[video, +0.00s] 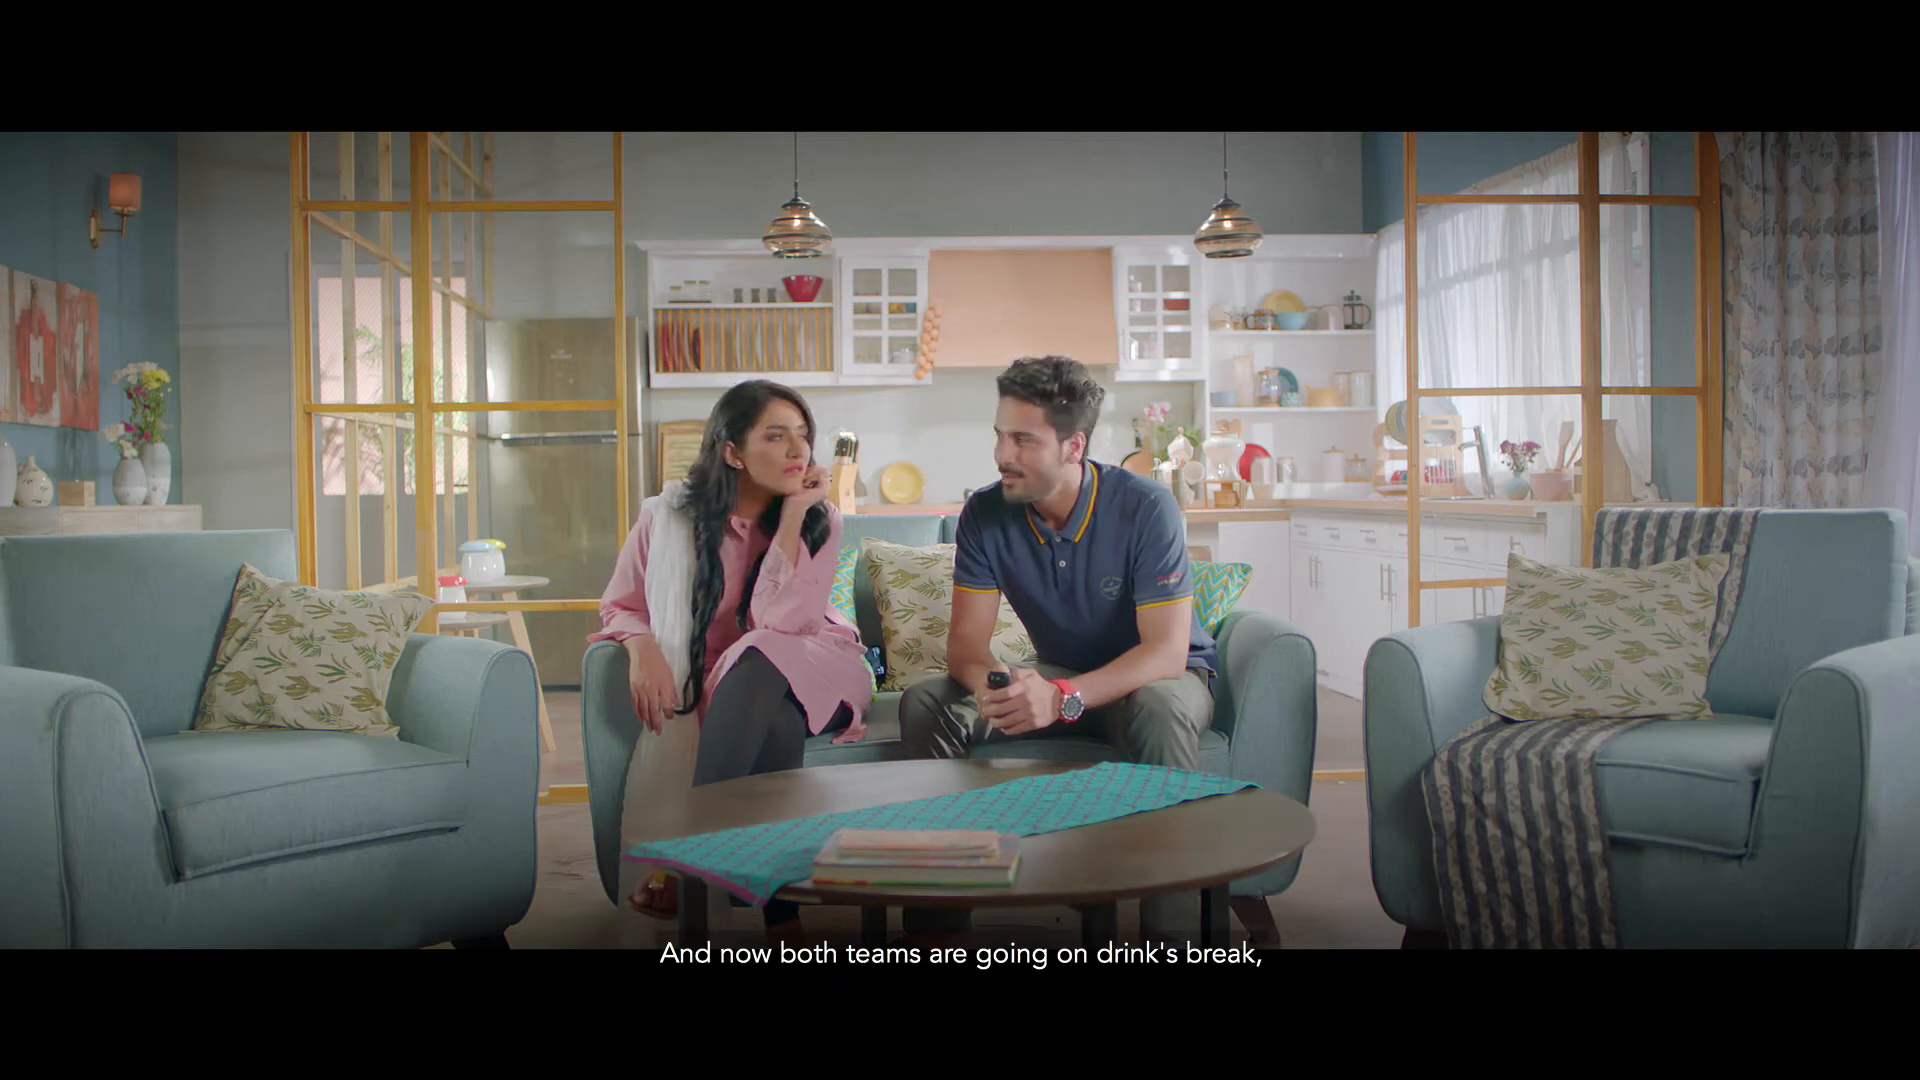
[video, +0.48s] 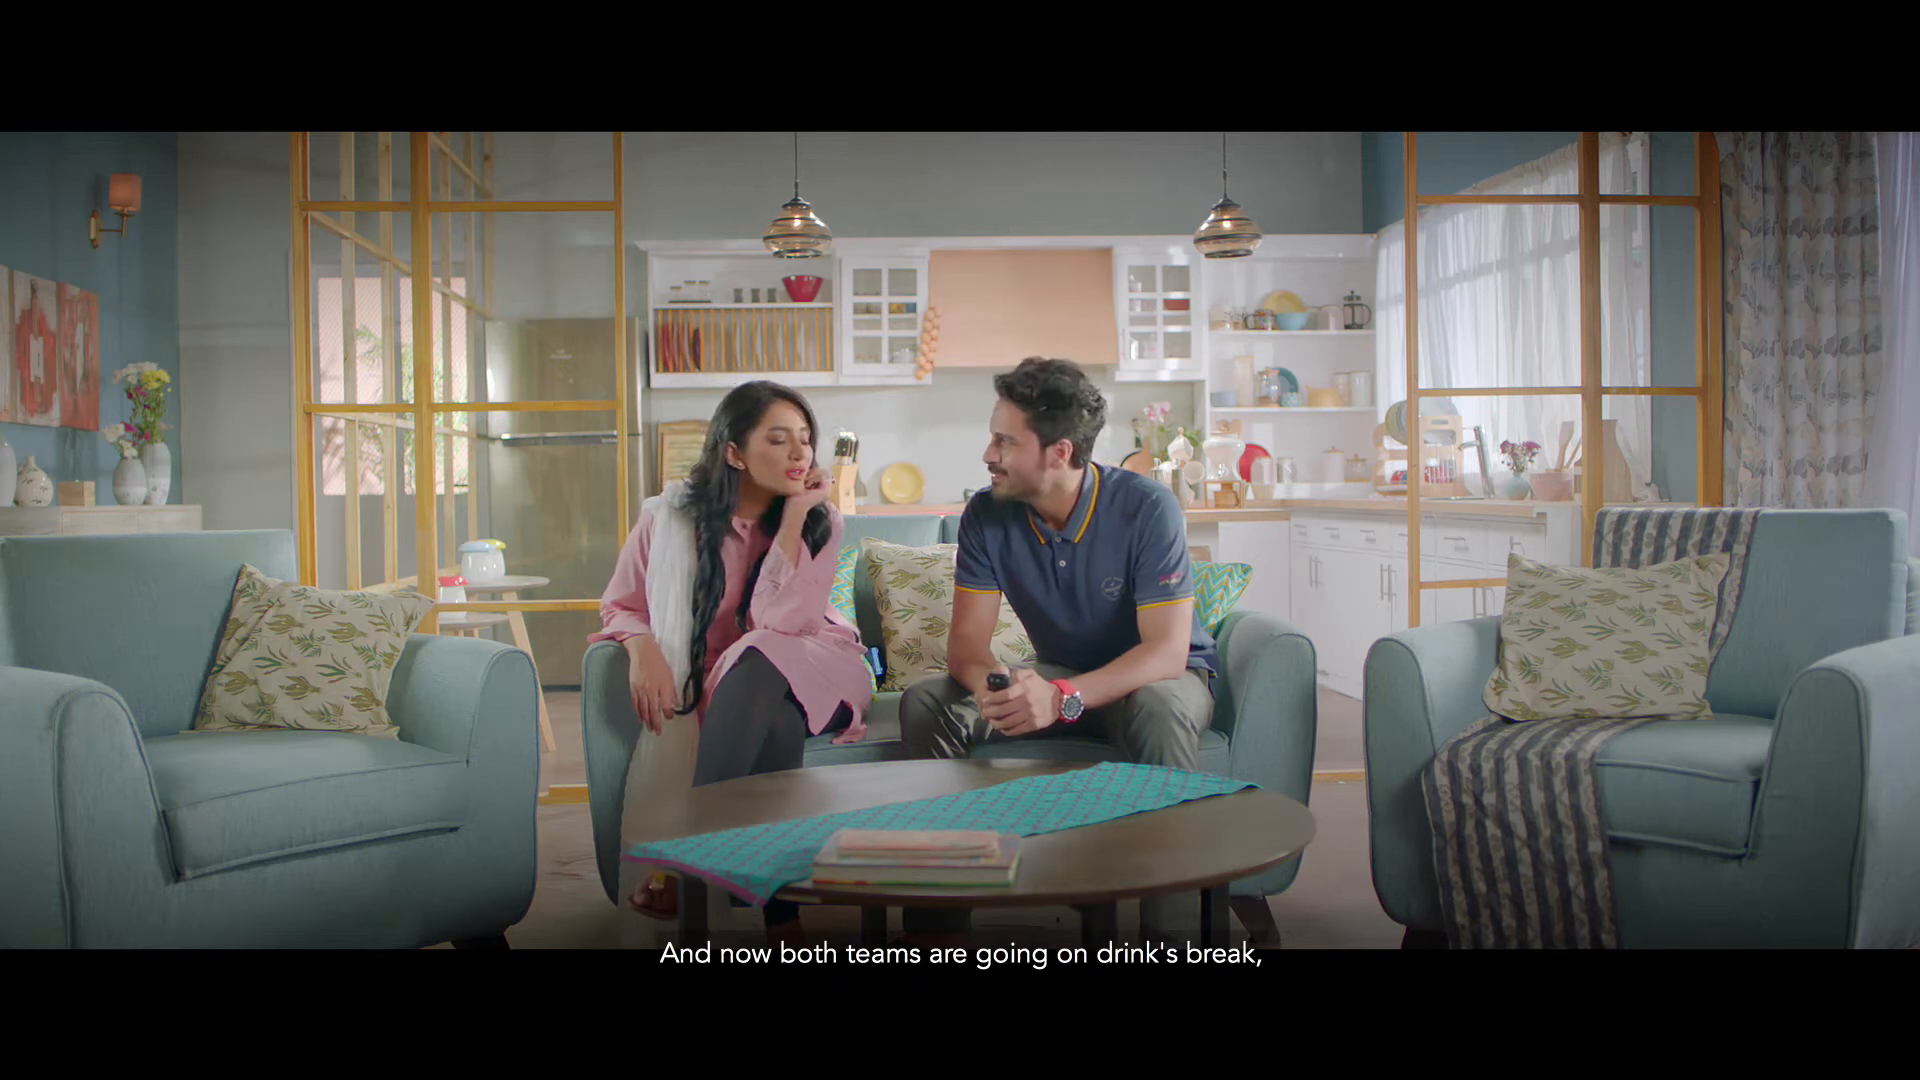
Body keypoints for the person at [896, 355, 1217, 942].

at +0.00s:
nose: (1002, 455)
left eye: (1022, 441)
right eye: (999, 435)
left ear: (1073, 446)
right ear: (995, 432)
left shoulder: (1145, 509)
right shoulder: (986, 515)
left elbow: (1166, 654)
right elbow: (966, 647)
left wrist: (1064, 697)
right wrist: (997, 686)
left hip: (1155, 679)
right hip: (1058, 681)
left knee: (1157, 709)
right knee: (925, 703)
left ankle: (1172, 923)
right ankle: (942, 899)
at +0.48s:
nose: (988, 455)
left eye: (1004, 444)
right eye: (992, 438)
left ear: (1059, 453)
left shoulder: (1146, 509)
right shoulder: (987, 516)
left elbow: (1167, 654)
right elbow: (966, 647)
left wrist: (1063, 697)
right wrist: (995, 687)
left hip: (1155, 679)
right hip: (1058, 680)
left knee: (1157, 709)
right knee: (926, 702)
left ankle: (1173, 920)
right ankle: (942, 897)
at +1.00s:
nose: (990, 456)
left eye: (1007, 444)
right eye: (994, 439)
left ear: (1061, 454)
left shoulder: (1146, 509)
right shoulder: (986, 516)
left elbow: (1166, 654)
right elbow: (966, 646)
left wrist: (1063, 697)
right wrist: (996, 687)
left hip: (1157, 679)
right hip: (1060, 679)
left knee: (1157, 709)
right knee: (926, 704)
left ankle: (1169, 933)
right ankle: (938, 906)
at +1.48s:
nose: (1003, 458)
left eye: (1021, 448)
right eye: (1007, 440)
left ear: (1076, 461)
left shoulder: (1149, 508)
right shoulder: (988, 512)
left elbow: (1160, 653)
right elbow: (970, 641)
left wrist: (1061, 707)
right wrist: (978, 696)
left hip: (1158, 676)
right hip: (1062, 674)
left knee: (1157, 708)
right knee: (931, 706)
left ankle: (1170, 932)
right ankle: (949, 910)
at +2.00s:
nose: (1000, 458)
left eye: (1015, 449)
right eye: (1004, 442)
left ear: (1068, 465)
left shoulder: (1154, 509)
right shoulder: (994, 516)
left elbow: (1164, 655)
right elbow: (969, 643)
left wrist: (1051, 693)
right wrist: (915, 661)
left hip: (1154, 677)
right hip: (1055, 679)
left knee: (1152, 708)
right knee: (928, 706)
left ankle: (1167, 931)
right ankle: (941, 916)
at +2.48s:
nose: (1024, 479)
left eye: (1042, 467)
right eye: (1020, 460)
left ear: (1096, 459)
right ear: (1016, 439)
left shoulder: (1162, 509)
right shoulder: (999, 513)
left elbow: (1167, 656)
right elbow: (972, 647)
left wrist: (1053, 691)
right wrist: (948, 670)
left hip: (1152, 681)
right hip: (1055, 681)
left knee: (1157, 706)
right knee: (929, 709)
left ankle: (1169, 934)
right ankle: (940, 919)